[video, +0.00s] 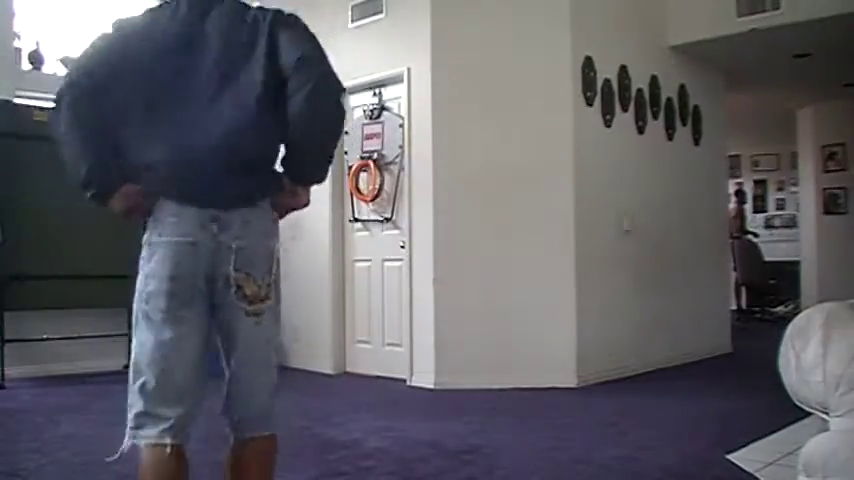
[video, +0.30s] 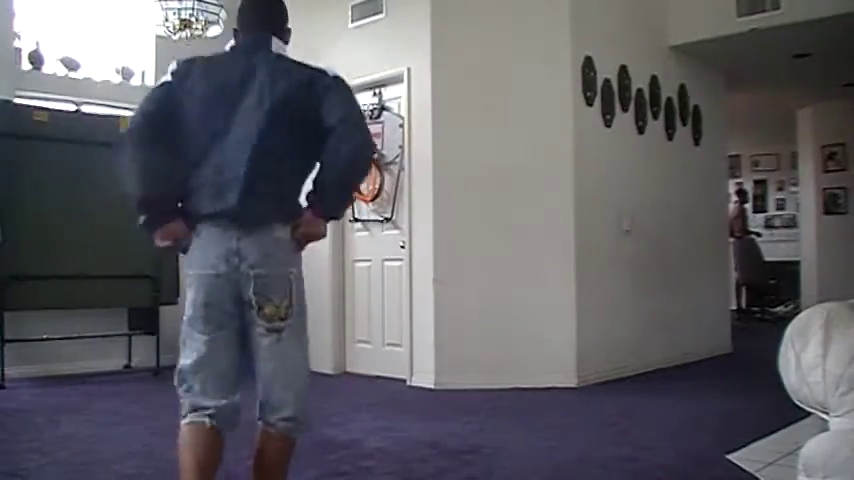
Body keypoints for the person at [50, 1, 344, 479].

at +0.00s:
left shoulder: (138, 30)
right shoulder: (275, 25)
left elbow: (76, 91)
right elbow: (318, 91)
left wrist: (109, 187)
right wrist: (299, 179)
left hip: (171, 221)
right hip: (252, 223)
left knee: (160, 416)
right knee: (255, 411)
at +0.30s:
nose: (287, 35)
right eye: (286, 28)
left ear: (234, 31)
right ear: (283, 34)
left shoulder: (189, 75)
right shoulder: (315, 82)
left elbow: (139, 136)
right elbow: (355, 143)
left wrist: (160, 214)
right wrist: (321, 210)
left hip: (203, 239)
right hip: (273, 240)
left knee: (203, 399)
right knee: (282, 404)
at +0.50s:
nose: (261, 14)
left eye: (245, 9)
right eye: (273, 10)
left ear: (237, 7)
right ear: (279, 10)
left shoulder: (201, 52)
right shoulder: (313, 61)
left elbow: (164, 111)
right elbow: (358, 111)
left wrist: (185, 169)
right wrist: (320, 174)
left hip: (223, 210)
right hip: (284, 213)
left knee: (211, 360)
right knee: (282, 363)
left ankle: (225, 469)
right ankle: (278, 473)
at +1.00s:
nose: (258, 54)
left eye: (257, 47)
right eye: (266, 45)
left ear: (259, 47)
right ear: (293, 45)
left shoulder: (253, 81)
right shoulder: (329, 87)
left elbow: (238, 138)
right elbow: (370, 143)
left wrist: (244, 183)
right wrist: (336, 183)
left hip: (275, 213)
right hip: (317, 216)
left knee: (259, 341)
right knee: (296, 339)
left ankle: (267, 453)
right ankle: (288, 433)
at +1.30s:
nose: (303, 88)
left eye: (303, 82)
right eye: (306, 82)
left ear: (309, 83)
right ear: (339, 82)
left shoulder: (312, 118)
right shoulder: (356, 122)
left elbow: (301, 182)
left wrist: (292, 212)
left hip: (324, 246)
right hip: (350, 247)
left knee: (301, 357)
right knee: (312, 353)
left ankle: (370, 425)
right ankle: (304, 440)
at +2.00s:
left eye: (502, 101)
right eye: (520, 101)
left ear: (495, 105)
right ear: (527, 104)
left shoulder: (474, 140)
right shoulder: (556, 138)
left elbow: (450, 193)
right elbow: (594, 185)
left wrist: (473, 232)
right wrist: (579, 228)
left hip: (504, 256)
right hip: (549, 253)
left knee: (488, 358)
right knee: (580, 353)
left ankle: (470, 440)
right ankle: (598, 438)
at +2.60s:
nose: (529, 105)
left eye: (525, 98)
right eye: (529, 98)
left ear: (492, 100)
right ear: (526, 98)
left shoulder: (474, 133)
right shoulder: (521, 127)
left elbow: (441, 187)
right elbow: (570, 150)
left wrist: (464, 230)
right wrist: (592, 137)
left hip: (473, 243)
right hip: (488, 243)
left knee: (519, 347)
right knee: (481, 361)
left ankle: (562, 426)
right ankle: (409, 440)